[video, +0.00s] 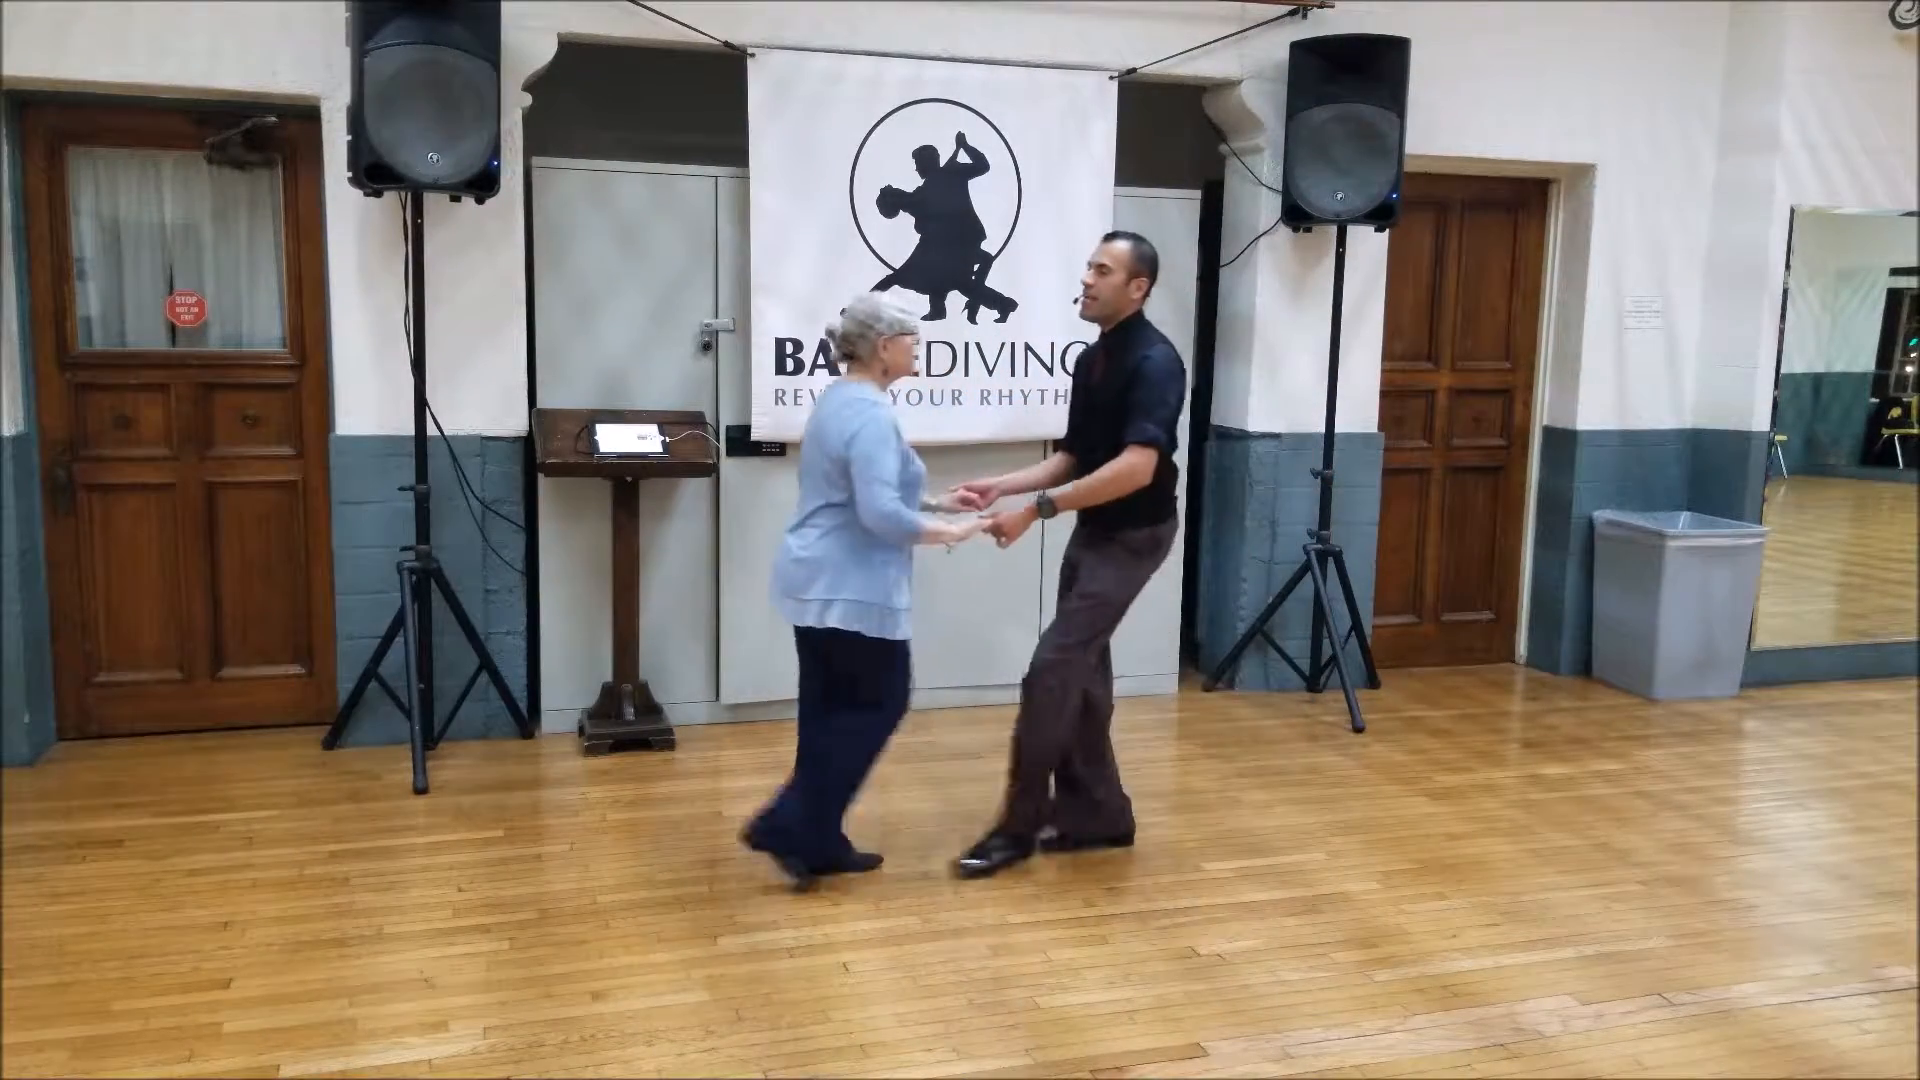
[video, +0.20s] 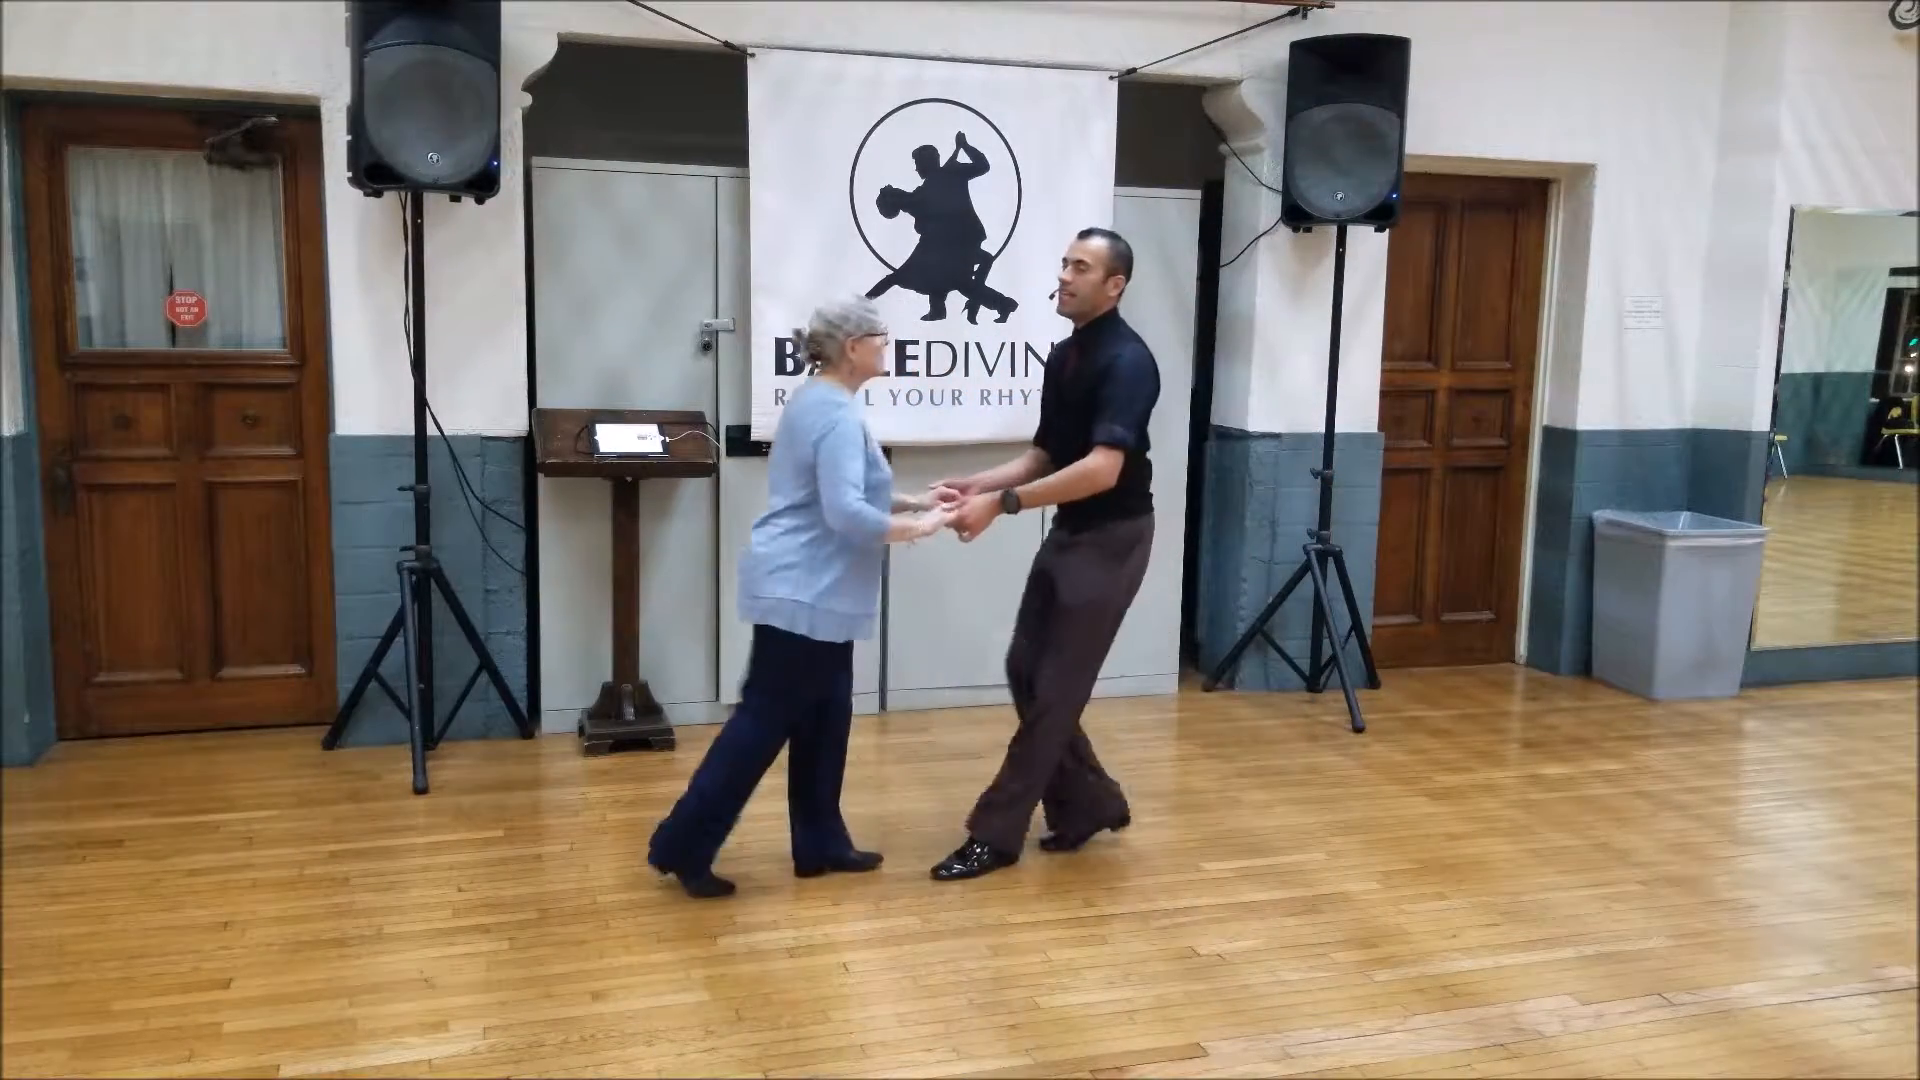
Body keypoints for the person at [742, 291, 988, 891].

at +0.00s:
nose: (917, 350)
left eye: (915, 340)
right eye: (910, 341)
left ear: (869, 347)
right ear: (882, 346)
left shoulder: (835, 403)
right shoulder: (870, 415)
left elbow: (884, 496)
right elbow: (877, 512)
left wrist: (945, 500)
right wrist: (945, 531)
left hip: (815, 582)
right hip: (854, 589)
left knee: (827, 704)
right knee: (883, 702)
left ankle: (820, 837)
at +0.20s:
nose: (886, 347)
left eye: (883, 337)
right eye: (877, 338)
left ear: (841, 348)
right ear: (847, 348)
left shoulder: (820, 401)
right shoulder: (836, 413)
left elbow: (856, 496)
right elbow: (844, 513)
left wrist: (919, 500)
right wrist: (919, 529)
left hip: (818, 588)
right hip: (804, 589)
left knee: (824, 715)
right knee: (770, 716)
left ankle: (820, 844)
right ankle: (683, 843)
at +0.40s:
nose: (871, 353)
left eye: (870, 344)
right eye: (864, 344)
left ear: (828, 353)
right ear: (833, 351)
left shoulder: (809, 408)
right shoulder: (812, 416)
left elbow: (853, 500)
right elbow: (855, 521)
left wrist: (904, 502)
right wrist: (917, 520)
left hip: (814, 597)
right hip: (787, 596)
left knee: (826, 713)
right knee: (750, 721)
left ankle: (790, 844)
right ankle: (676, 851)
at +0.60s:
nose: (876, 351)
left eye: (874, 342)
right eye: (868, 343)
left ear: (827, 351)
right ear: (838, 350)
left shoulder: (795, 405)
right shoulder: (829, 417)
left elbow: (847, 495)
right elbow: (897, 509)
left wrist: (910, 485)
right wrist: (971, 485)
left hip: (794, 586)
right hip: (817, 594)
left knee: (813, 720)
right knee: (826, 722)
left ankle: (788, 846)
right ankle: (720, 827)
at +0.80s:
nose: (900, 348)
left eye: (898, 338)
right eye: (893, 338)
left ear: (845, 343)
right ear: (864, 343)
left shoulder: (810, 400)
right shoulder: (870, 415)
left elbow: (911, 458)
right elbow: (953, 483)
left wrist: (1000, 451)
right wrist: (1032, 457)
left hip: (795, 586)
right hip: (860, 591)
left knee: (798, 717)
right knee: (897, 707)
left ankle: (781, 852)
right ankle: (889, 847)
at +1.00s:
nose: (932, 350)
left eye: (930, 340)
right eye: (926, 341)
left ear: (879, 347)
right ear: (900, 349)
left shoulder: (839, 405)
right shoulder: (909, 419)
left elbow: (954, 471)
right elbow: (986, 490)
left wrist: (1043, 466)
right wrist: (1059, 473)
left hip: (838, 590)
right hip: (905, 595)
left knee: (835, 716)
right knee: (919, 723)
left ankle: (797, 844)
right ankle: (910, 846)